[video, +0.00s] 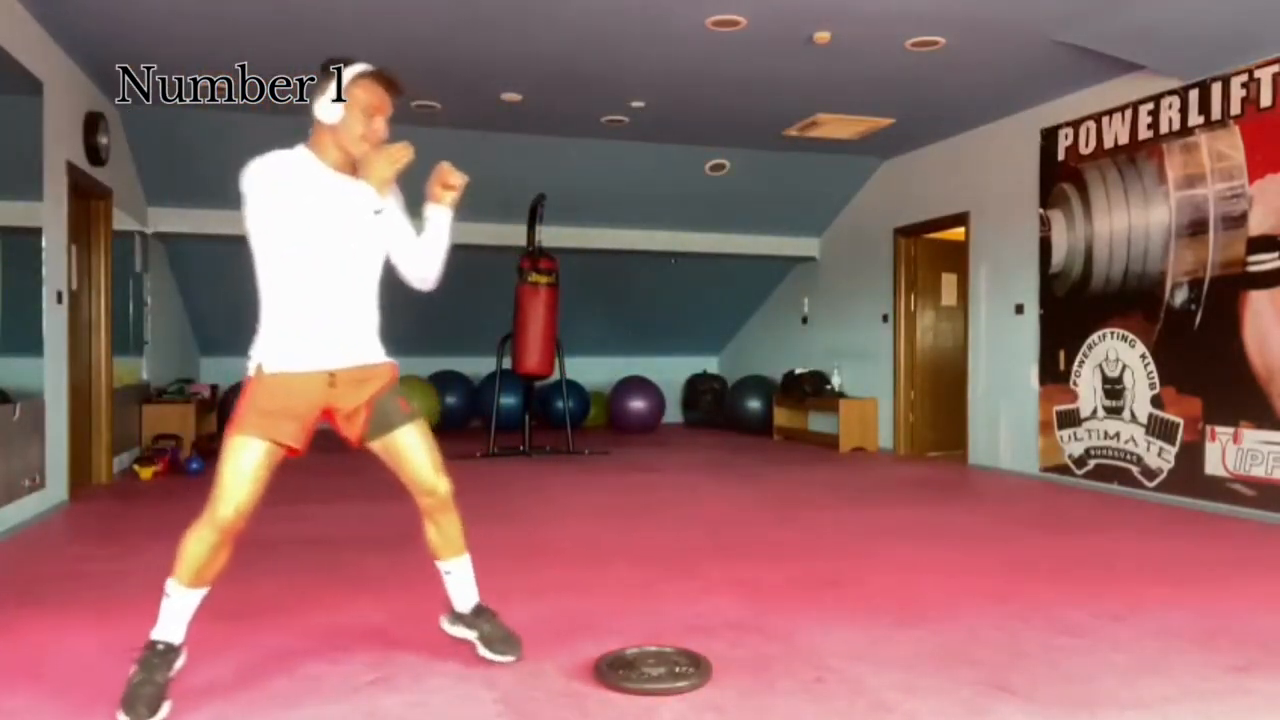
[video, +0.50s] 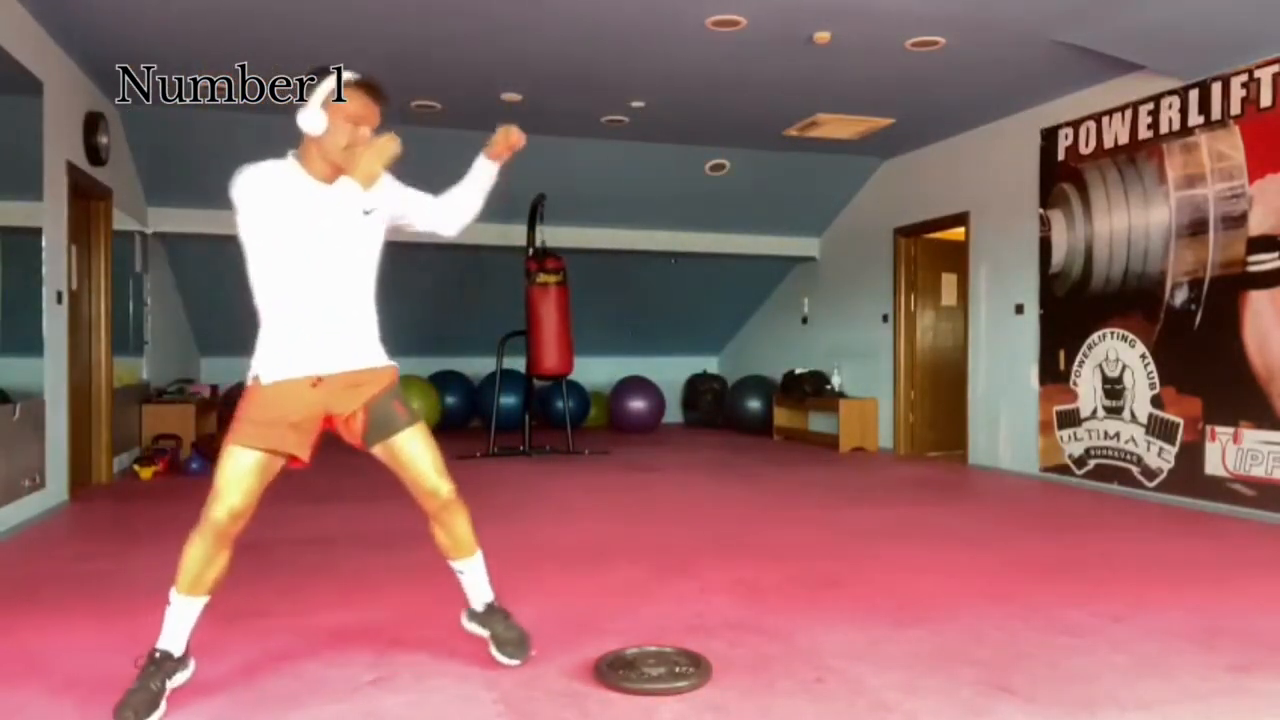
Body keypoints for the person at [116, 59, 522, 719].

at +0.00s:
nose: (380, 132)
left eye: (385, 122)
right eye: (370, 117)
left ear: (381, 125)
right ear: (328, 110)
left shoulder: (375, 191)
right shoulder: (267, 175)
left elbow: (423, 271)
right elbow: (299, 232)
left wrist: (439, 208)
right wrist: (373, 179)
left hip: (367, 374)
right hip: (282, 378)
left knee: (436, 489)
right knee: (224, 516)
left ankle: (467, 609)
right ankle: (164, 646)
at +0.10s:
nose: (345, 148)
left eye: (350, 137)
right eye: (334, 132)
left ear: (350, 143)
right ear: (295, 129)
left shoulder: (336, 213)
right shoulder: (227, 192)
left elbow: (372, 300)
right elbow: (268, 260)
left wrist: (403, 245)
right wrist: (338, 208)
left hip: (327, 387)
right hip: (246, 395)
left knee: (411, 497)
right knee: (191, 538)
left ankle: (404, 603)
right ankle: (126, 663)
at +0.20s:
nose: (316, 170)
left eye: (321, 158)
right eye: (305, 154)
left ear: (320, 162)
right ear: (263, 152)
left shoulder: (311, 230)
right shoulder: (196, 223)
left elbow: (329, 319)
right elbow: (233, 302)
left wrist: (389, 315)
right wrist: (309, 243)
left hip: (305, 412)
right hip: (219, 419)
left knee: (386, 520)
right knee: (167, 558)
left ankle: (367, 619)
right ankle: (123, 672)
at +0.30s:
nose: (315, 152)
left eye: (323, 141)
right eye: (305, 136)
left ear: (323, 147)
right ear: (263, 132)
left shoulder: (313, 206)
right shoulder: (196, 200)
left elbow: (334, 291)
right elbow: (234, 268)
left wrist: (410, 299)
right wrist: (310, 207)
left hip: (317, 393)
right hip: (229, 403)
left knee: (402, 503)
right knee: (174, 541)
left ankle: (396, 604)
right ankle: (125, 668)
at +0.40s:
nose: (341, 122)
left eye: (346, 111)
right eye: (332, 108)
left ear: (344, 117)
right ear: (288, 105)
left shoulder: (342, 176)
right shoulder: (221, 174)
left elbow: (378, 240)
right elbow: (257, 245)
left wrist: (454, 213)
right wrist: (329, 175)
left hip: (342, 369)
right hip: (254, 378)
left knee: (421, 485)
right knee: (198, 513)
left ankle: (445, 596)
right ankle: (153, 655)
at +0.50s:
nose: (365, 142)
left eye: (373, 132)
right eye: (355, 127)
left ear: (375, 134)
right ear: (315, 120)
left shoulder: (375, 191)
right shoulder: (255, 184)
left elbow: (447, 217)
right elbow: (295, 233)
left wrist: (490, 161)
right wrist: (367, 173)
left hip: (366, 376)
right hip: (279, 384)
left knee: (440, 492)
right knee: (222, 516)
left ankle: (485, 607)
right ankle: (168, 654)